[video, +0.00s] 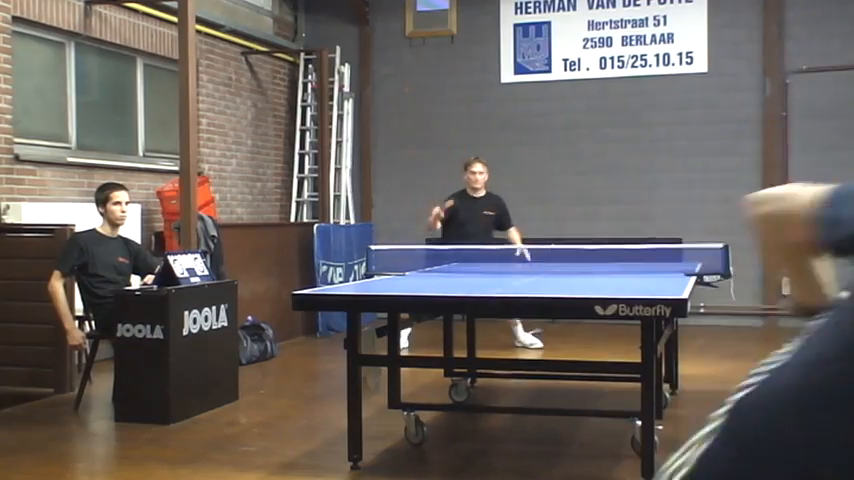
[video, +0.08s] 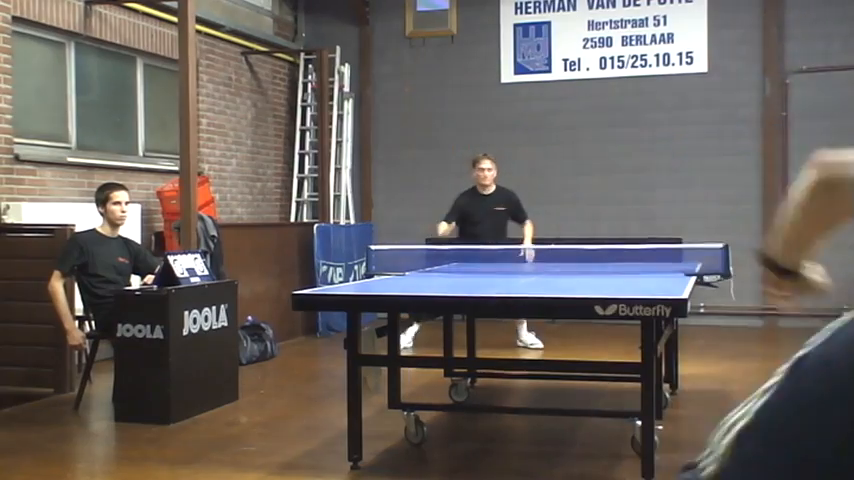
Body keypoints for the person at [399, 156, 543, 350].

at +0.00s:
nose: (476, 177)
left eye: (481, 173)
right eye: (472, 173)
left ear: (487, 177)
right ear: (465, 176)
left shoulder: (495, 202)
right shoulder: (453, 201)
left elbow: (510, 229)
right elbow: (431, 228)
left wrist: (518, 245)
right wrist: (436, 216)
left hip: (486, 262)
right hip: (452, 261)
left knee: (508, 290)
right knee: (425, 294)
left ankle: (520, 334)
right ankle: (404, 333)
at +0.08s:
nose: (485, 173)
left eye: (489, 169)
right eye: (480, 170)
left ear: (496, 173)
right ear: (473, 173)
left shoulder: (507, 197)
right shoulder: (465, 198)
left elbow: (527, 223)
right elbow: (448, 226)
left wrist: (527, 243)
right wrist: (443, 229)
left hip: (499, 261)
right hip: (466, 261)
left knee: (521, 285)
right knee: (435, 291)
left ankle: (523, 333)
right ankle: (410, 333)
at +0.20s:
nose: (493, 169)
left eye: (497, 165)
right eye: (489, 165)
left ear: (503, 167)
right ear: (482, 168)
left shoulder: (517, 189)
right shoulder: (475, 194)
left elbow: (541, 213)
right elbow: (460, 222)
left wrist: (538, 238)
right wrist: (457, 238)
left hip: (514, 254)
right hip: (481, 254)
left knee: (527, 284)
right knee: (456, 281)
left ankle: (525, 331)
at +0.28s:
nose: (495, 168)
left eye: (499, 164)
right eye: (491, 164)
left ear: (506, 166)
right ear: (484, 168)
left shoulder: (520, 187)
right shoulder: (478, 194)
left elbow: (546, 210)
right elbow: (466, 223)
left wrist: (542, 235)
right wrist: (465, 240)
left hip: (522, 252)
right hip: (490, 254)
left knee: (533, 284)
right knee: (467, 279)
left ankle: (538, 325)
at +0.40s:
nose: (499, 176)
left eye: (502, 171)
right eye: (494, 172)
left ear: (510, 171)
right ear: (488, 176)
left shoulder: (524, 192)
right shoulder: (486, 200)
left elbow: (547, 217)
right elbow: (477, 225)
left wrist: (542, 247)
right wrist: (475, 246)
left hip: (528, 251)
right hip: (496, 254)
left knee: (551, 292)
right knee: (476, 290)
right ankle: (495, 332)